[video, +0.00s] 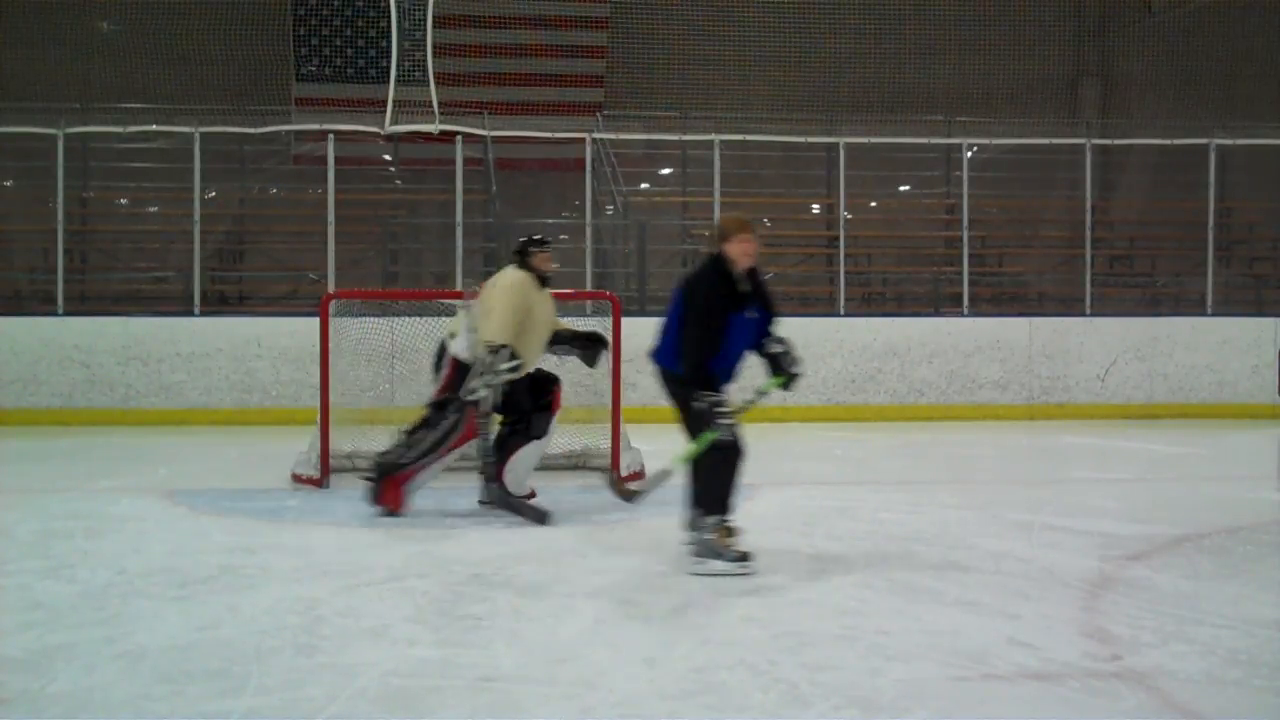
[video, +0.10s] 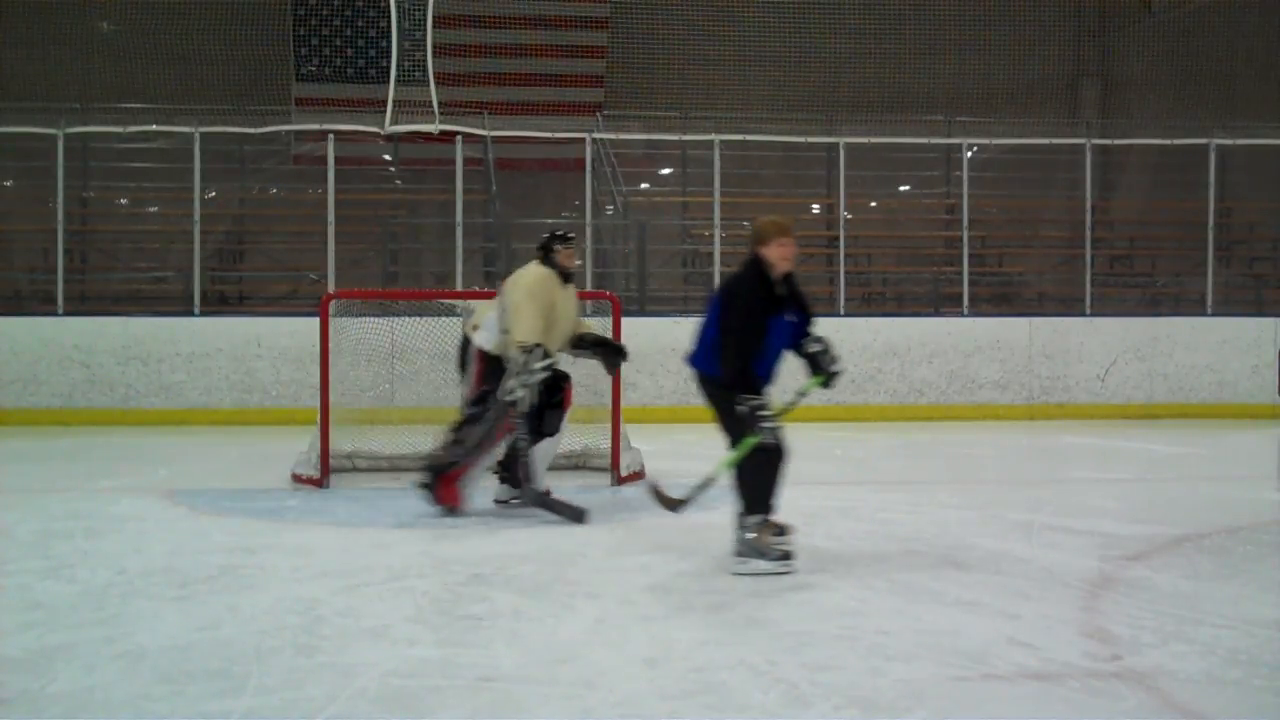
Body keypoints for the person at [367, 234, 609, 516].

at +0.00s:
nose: (549, 260)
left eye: (549, 255)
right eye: (542, 254)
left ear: (545, 260)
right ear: (527, 257)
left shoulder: (537, 290)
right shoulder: (512, 281)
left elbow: (539, 332)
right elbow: (498, 330)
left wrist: (576, 341)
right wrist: (495, 368)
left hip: (498, 367)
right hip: (469, 361)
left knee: (542, 392)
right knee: (455, 424)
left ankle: (505, 484)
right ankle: (393, 478)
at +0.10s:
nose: (572, 256)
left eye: (574, 251)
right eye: (566, 251)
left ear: (573, 255)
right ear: (551, 253)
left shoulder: (566, 289)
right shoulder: (531, 279)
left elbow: (566, 334)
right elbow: (524, 334)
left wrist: (598, 345)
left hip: (524, 357)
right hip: (490, 350)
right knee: (489, 416)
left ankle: (516, 482)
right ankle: (444, 475)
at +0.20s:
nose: (593, 254)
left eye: (594, 249)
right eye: (587, 249)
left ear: (594, 253)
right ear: (570, 252)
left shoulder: (588, 287)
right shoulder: (550, 277)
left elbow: (593, 329)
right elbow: (548, 322)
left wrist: (620, 345)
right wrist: (560, 360)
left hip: (544, 351)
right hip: (509, 346)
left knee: (554, 414)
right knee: (527, 413)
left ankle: (531, 477)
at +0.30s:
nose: (612, 256)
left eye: (613, 251)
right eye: (606, 251)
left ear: (613, 255)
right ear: (590, 254)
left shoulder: (608, 288)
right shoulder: (574, 277)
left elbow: (615, 326)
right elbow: (575, 324)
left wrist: (643, 340)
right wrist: (593, 358)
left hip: (556, 354)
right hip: (532, 349)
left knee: (570, 417)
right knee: (558, 417)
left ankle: (548, 479)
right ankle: (541, 480)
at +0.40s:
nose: (634, 263)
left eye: (636, 257)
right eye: (628, 257)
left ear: (638, 261)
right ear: (612, 258)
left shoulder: (628, 292)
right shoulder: (598, 281)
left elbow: (634, 329)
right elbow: (599, 326)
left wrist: (667, 340)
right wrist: (615, 362)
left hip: (582, 357)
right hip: (558, 353)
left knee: (601, 419)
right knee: (590, 420)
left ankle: (579, 477)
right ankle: (567, 479)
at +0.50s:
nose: (659, 267)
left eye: (660, 261)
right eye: (653, 262)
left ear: (656, 265)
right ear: (637, 263)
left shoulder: (648, 294)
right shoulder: (622, 287)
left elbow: (652, 335)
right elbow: (623, 333)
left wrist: (690, 343)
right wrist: (642, 367)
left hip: (606, 360)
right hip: (582, 357)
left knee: (626, 420)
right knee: (615, 422)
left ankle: (596, 478)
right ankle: (588, 483)